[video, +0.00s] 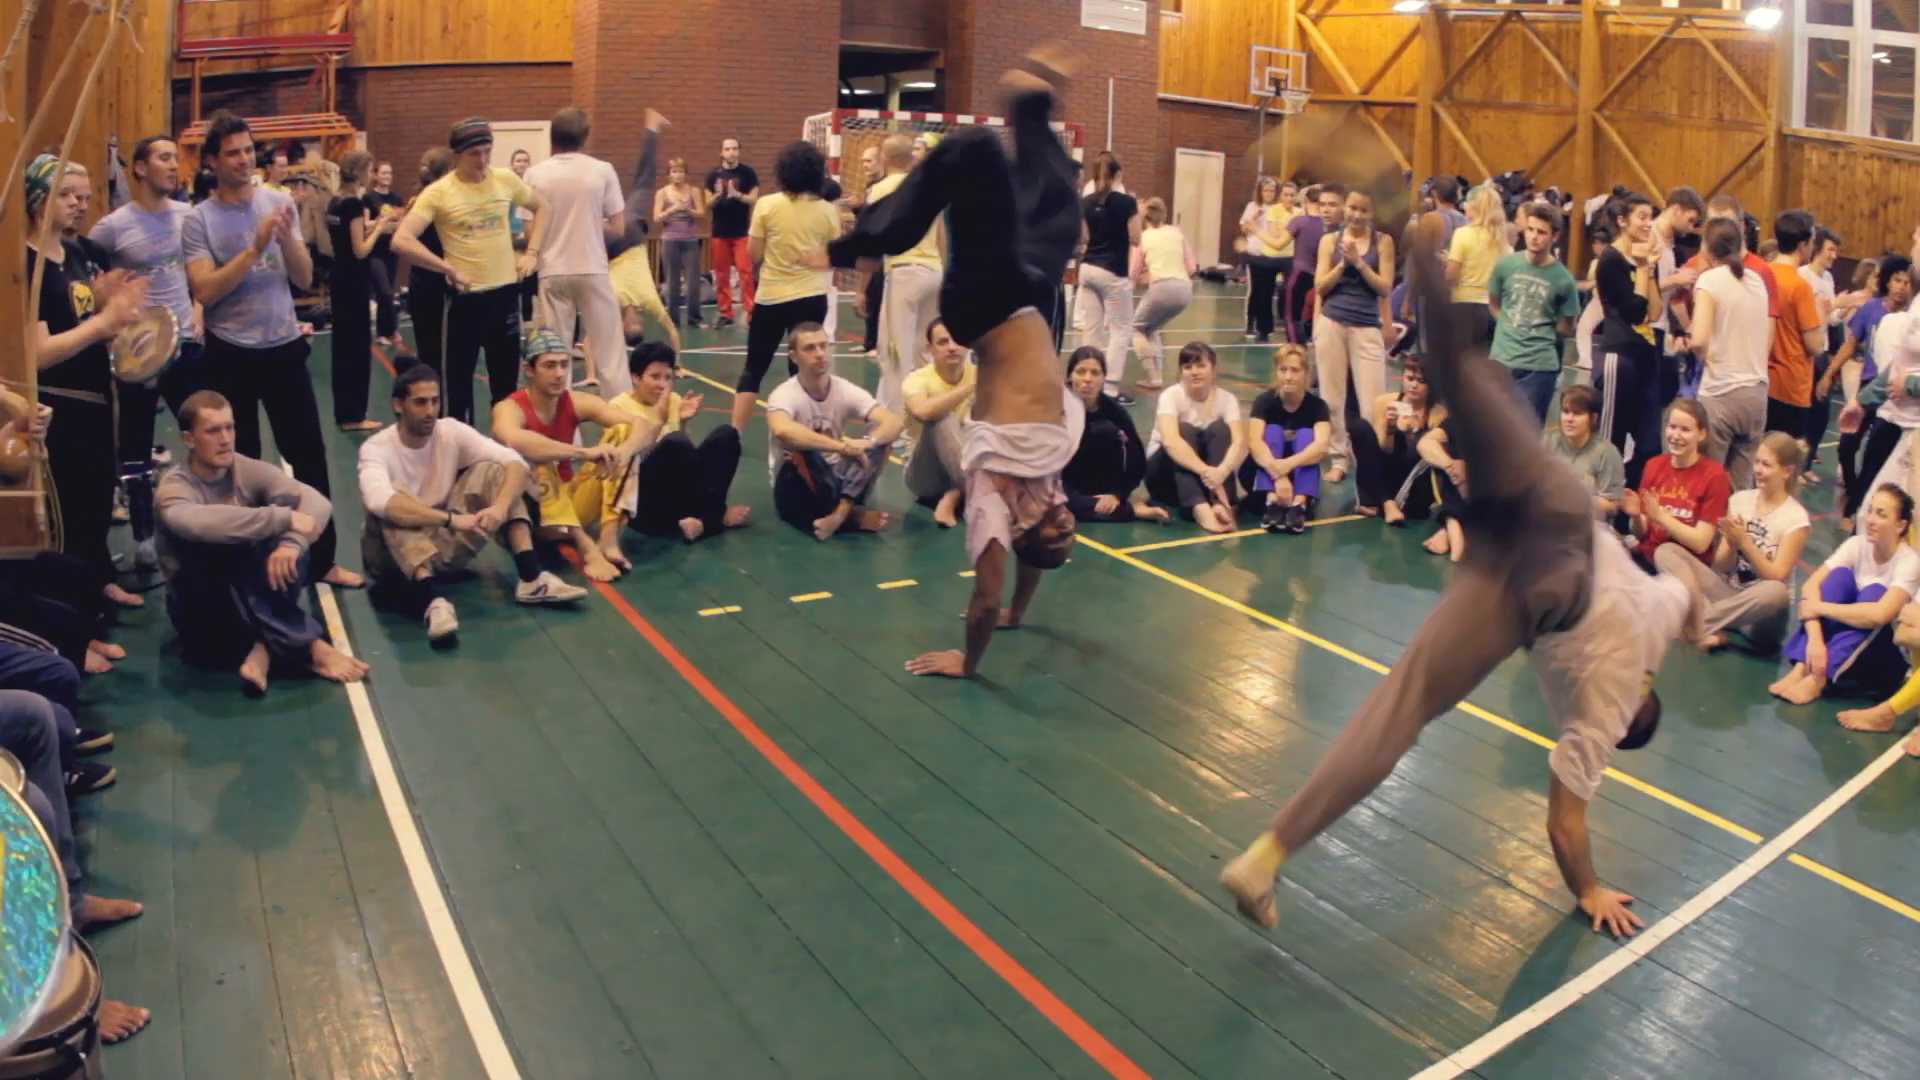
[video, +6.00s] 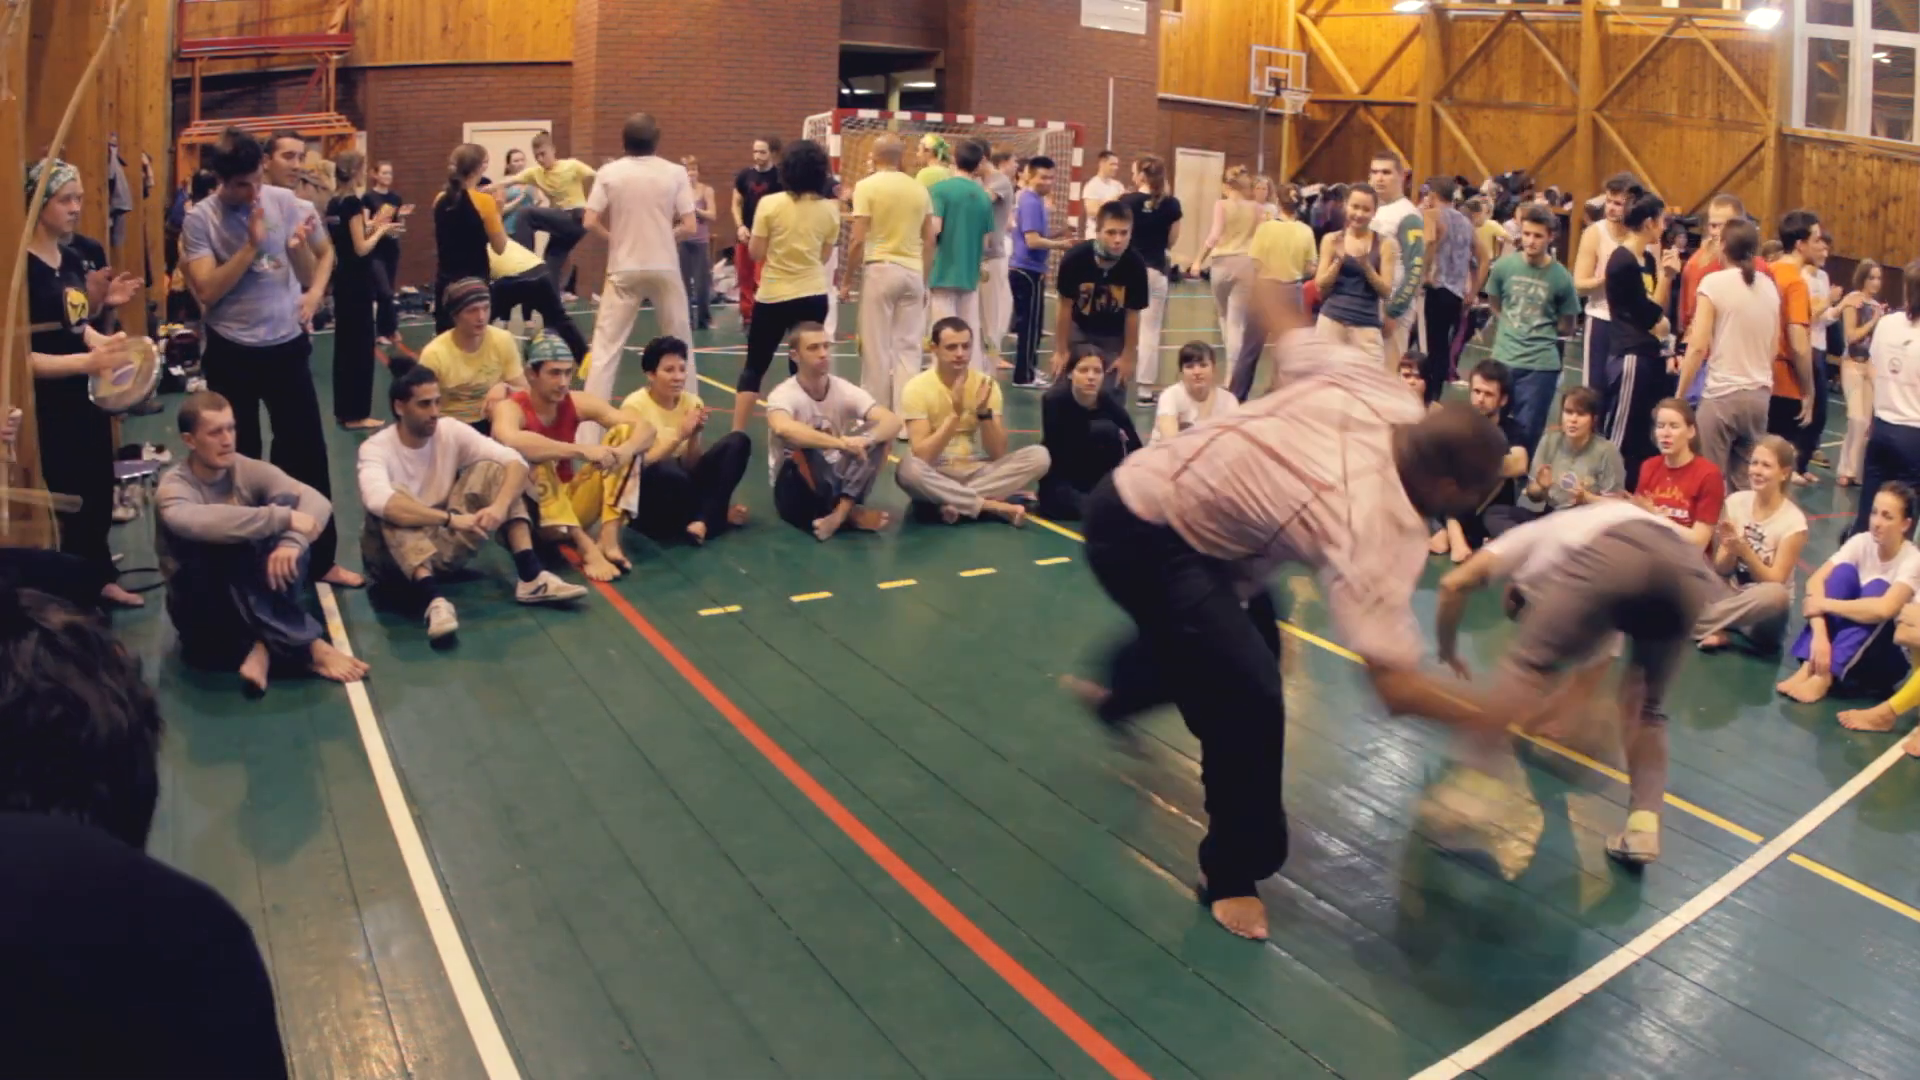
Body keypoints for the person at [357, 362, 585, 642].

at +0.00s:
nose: (430, 411)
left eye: (435, 402)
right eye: (420, 403)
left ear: (441, 402)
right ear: (398, 405)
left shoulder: (450, 431)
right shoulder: (376, 449)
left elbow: (516, 464)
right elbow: (380, 503)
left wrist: (500, 509)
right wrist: (451, 519)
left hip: (449, 545)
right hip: (398, 551)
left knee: (492, 470)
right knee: (396, 500)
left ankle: (532, 577)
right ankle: (434, 602)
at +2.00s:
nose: (433, 410)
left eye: (437, 401)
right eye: (423, 403)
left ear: (442, 401)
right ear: (399, 405)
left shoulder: (451, 431)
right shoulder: (376, 449)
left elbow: (516, 464)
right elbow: (380, 502)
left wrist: (500, 509)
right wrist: (450, 520)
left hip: (449, 547)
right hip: (398, 553)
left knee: (491, 470)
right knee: (396, 498)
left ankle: (532, 577)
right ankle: (434, 601)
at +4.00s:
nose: (432, 411)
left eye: (435, 401)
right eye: (422, 403)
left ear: (440, 401)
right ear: (398, 407)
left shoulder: (450, 431)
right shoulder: (376, 449)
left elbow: (516, 463)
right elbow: (380, 502)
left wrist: (500, 508)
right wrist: (450, 519)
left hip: (449, 546)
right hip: (397, 553)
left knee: (493, 470)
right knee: (395, 499)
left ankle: (532, 576)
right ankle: (434, 601)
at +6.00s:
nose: (434, 412)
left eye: (437, 402)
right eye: (424, 404)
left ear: (441, 401)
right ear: (399, 407)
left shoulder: (450, 430)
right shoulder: (375, 449)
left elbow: (516, 463)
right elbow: (380, 502)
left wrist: (500, 508)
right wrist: (450, 519)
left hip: (449, 545)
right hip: (399, 551)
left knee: (493, 469)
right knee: (395, 501)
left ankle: (532, 577)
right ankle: (434, 601)